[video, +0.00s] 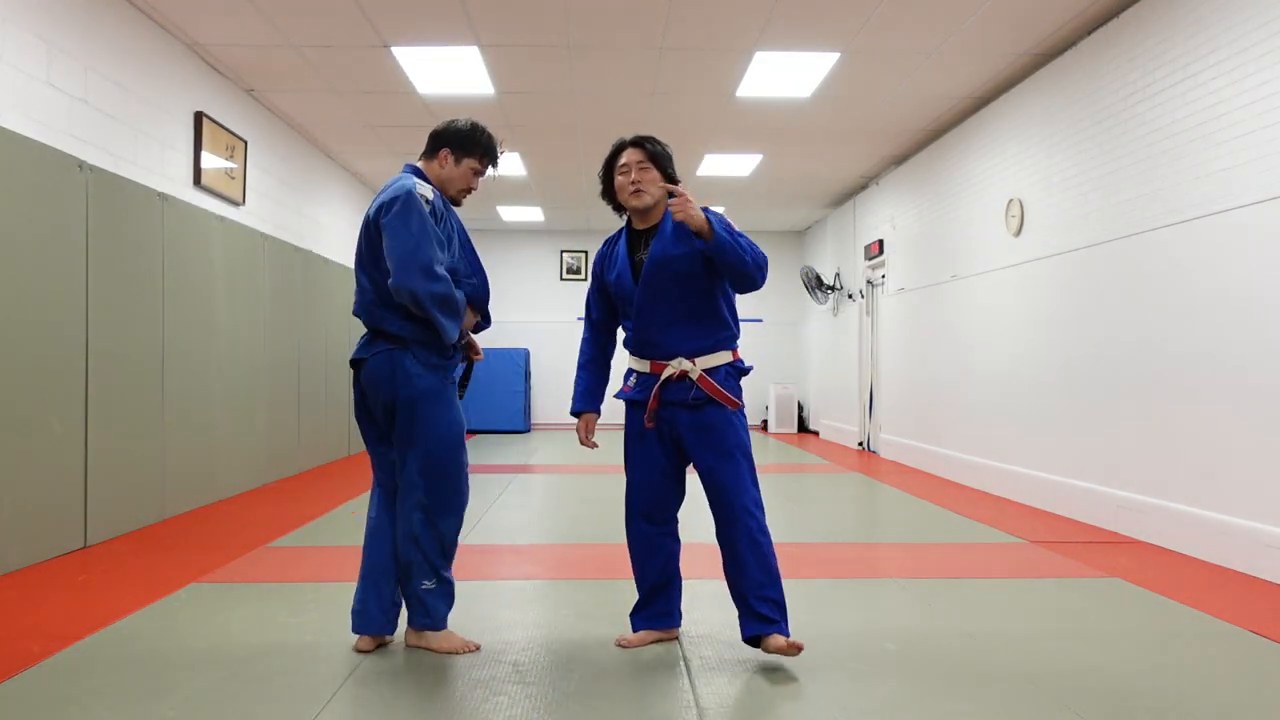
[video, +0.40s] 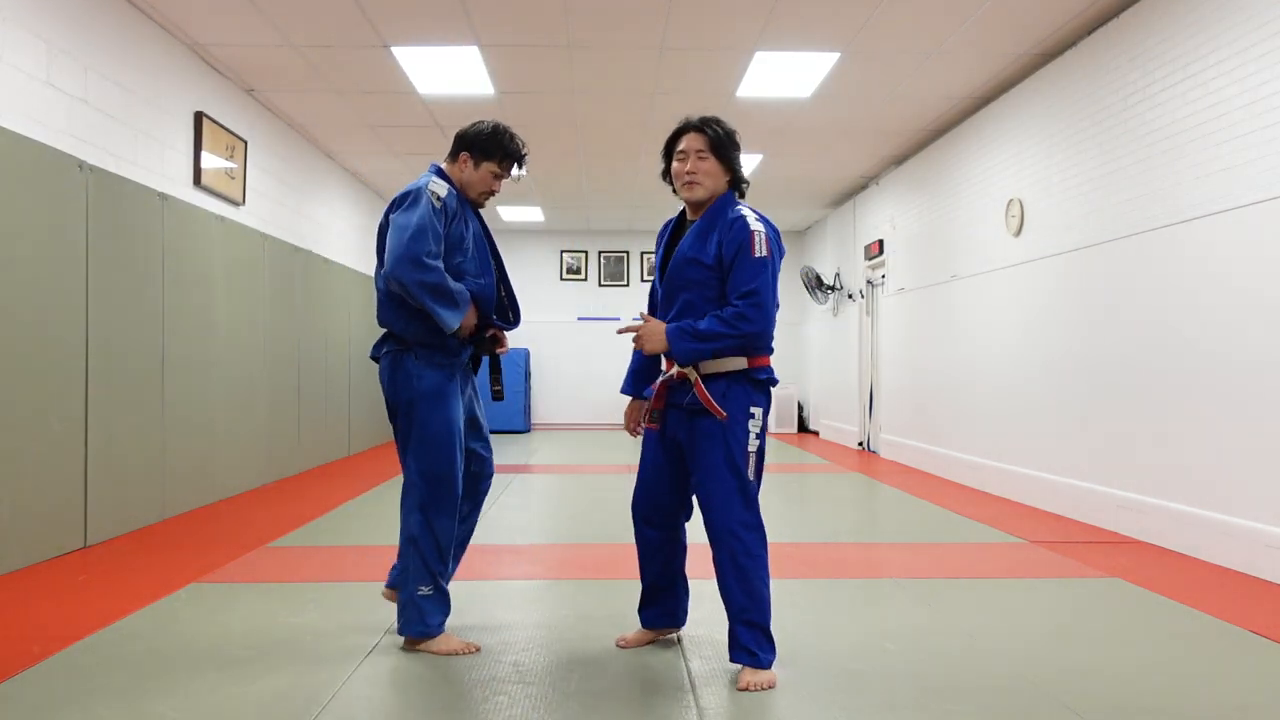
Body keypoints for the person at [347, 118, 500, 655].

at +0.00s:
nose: (476, 185)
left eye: (481, 176)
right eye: (474, 172)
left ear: (444, 161)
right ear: (445, 157)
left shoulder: (424, 202)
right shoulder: (411, 196)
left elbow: (459, 279)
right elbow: (415, 278)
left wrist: (465, 328)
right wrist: (459, 321)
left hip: (391, 363)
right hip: (412, 366)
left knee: (393, 489)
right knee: (437, 489)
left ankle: (372, 624)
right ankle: (427, 624)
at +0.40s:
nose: (498, 188)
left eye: (504, 178)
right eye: (496, 175)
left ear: (470, 167)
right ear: (464, 161)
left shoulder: (461, 210)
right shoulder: (427, 198)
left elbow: (468, 281)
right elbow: (409, 266)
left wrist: (487, 326)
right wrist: (460, 310)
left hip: (451, 366)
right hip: (420, 366)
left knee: (474, 470)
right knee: (436, 484)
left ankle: (411, 577)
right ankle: (421, 627)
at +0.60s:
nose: (509, 190)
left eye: (515, 180)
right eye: (505, 177)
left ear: (491, 172)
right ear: (473, 162)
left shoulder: (482, 217)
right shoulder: (432, 204)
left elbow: (495, 288)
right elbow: (415, 278)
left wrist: (510, 329)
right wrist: (469, 320)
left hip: (468, 368)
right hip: (429, 367)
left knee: (481, 485)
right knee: (430, 493)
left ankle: (490, 593)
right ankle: (419, 627)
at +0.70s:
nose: (517, 190)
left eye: (523, 181)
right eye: (513, 178)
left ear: (507, 176)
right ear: (483, 164)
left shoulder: (497, 220)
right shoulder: (441, 204)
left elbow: (514, 290)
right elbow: (422, 280)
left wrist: (520, 331)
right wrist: (471, 328)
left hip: (478, 369)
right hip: (436, 366)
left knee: (488, 487)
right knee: (429, 493)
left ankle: (502, 597)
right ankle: (418, 626)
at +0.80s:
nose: (528, 190)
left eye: (534, 181)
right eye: (524, 177)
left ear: (529, 179)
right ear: (497, 164)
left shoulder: (510, 220)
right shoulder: (452, 204)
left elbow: (528, 289)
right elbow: (432, 282)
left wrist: (529, 331)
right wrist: (477, 331)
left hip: (498, 374)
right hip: (449, 370)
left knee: (497, 489)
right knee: (434, 494)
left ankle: (500, 599)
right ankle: (419, 625)